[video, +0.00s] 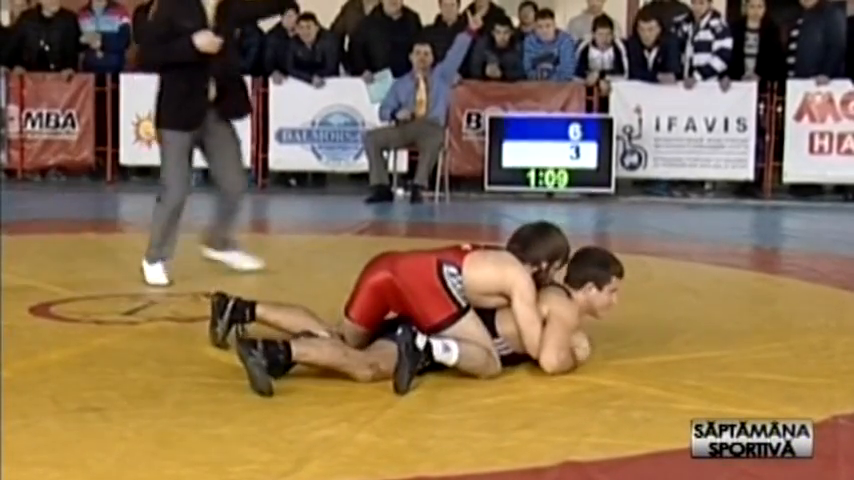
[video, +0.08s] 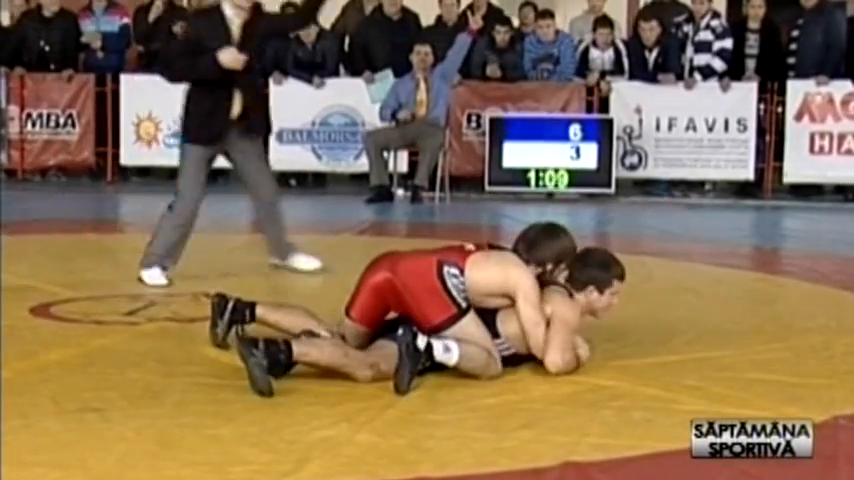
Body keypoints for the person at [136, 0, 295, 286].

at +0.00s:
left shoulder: (229, 7)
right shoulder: (169, 7)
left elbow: (270, 6)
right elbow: (148, 55)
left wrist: (288, 9)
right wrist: (191, 44)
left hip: (215, 109)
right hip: (177, 109)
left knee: (233, 184)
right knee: (175, 191)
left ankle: (217, 243)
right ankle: (155, 258)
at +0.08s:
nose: (247, 0)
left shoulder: (265, 24)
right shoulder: (201, 22)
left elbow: (302, 19)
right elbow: (173, 68)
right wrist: (216, 60)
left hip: (245, 127)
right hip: (203, 126)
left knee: (267, 192)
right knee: (188, 200)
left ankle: (282, 253)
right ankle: (154, 264)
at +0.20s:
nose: (286, 2)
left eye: (292, 0)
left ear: (301, 2)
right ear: (272, 1)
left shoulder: (311, 21)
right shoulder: (250, 23)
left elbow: (347, 18)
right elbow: (225, 70)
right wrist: (259, 63)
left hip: (297, 126)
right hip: (257, 125)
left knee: (310, 193)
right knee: (221, 190)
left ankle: (299, 259)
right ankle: (169, 256)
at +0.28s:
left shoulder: (340, 9)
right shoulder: (282, 7)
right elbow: (261, 58)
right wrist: (290, 51)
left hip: (328, 107)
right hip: (290, 105)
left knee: (323, 186)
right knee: (264, 181)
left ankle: (304, 252)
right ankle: (225, 249)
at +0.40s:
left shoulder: (381, 6)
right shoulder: (323, 4)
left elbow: (384, 44)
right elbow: (302, 40)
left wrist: (351, 40)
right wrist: (329, 31)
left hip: (370, 91)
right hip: (333, 89)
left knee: (372, 174)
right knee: (329, 169)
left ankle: (346, 233)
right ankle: (330, 238)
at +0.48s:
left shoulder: (409, 5)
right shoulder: (351, 6)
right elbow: (327, 46)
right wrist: (353, 33)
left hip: (401, 97)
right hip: (361, 98)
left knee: (414, 177)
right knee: (362, 177)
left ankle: (404, 227)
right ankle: (365, 247)